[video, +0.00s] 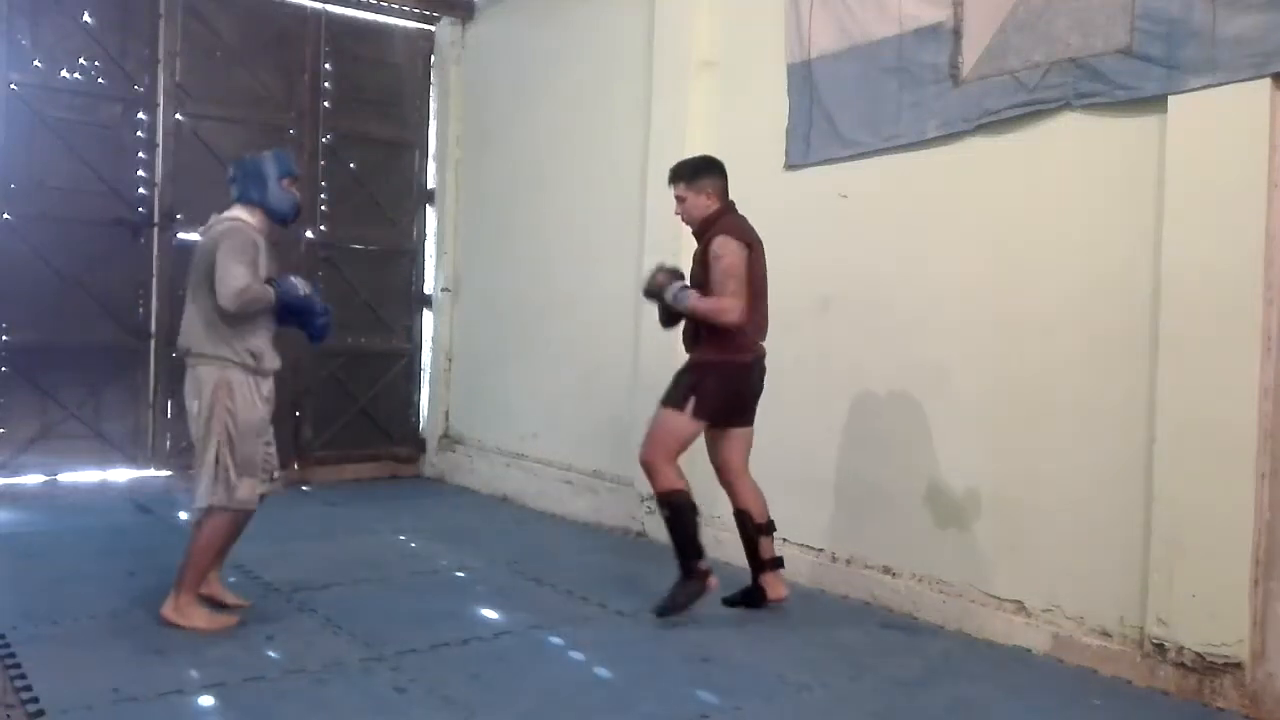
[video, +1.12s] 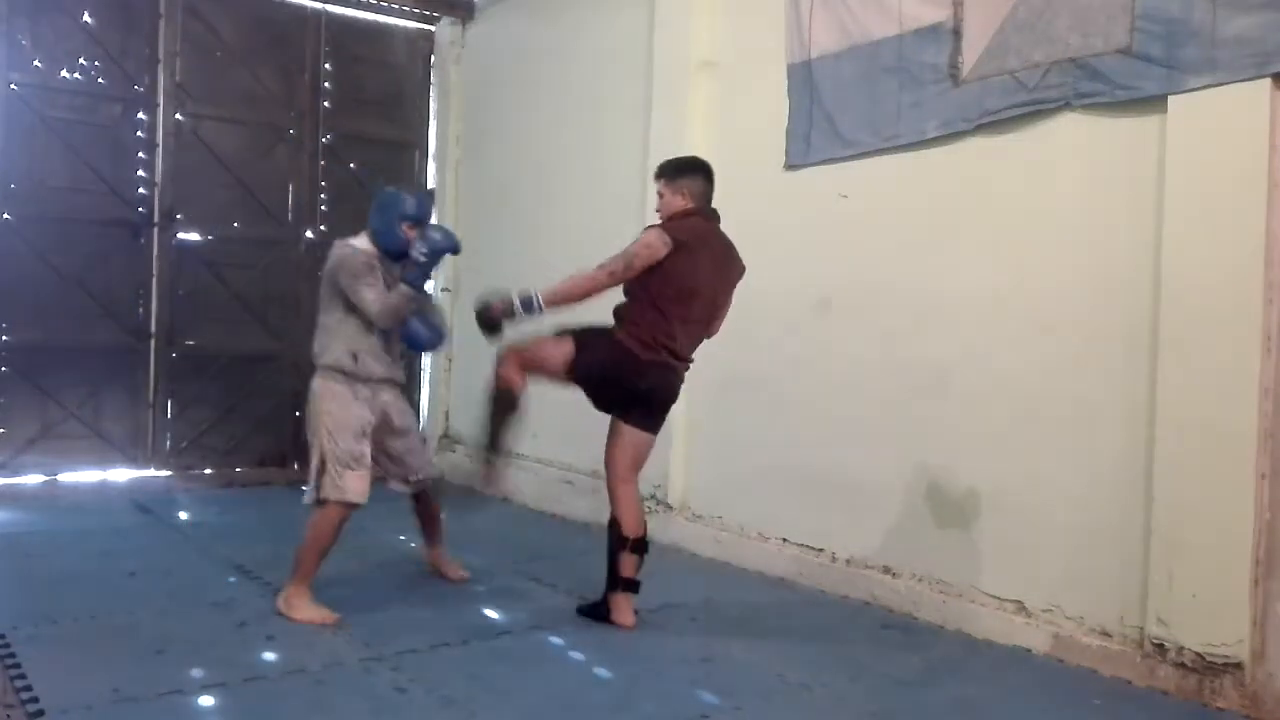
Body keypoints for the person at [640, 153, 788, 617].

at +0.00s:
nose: (677, 210)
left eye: (682, 200)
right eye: (676, 201)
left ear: (709, 196)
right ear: (710, 197)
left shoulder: (724, 240)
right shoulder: (736, 232)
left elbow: (731, 311)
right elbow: (731, 302)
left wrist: (679, 295)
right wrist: (685, 301)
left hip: (713, 368)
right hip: (743, 368)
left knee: (657, 457)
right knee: (733, 471)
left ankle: (694, 571)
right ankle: (769, 579)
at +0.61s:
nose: (643, 203)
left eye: (648, 193)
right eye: (643, 193)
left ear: (675, 194)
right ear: (682, 196)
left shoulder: (675, 240)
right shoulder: (709, 238)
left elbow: (652, 315)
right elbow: (693, 309)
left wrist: (620, 289)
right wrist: (639, 303)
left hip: (662, 380)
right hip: (698, 379)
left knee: (635, 483)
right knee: (697, 478)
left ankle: (661, 603)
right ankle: (754, 575)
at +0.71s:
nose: (635, 186)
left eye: (640, 177)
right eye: (636, 177)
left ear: (663, 178)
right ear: (678, 179)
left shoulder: (660, 220)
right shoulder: (709, 227)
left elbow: (644, 296)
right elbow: (716, 308)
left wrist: (608, 269)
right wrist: (644, 299)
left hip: (656, 362)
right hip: (693, 360)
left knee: (648, 478)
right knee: (669, 469)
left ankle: (658, 598)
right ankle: (709, 570)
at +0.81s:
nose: (632, 187)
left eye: (636, 178)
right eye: (632, 178)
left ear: (658, 178)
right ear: (675, 179)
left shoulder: (654, 217)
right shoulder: (708, 227)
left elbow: (606, 287)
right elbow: (719, 306)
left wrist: (582, 249)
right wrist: (665, 282)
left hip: (652, 360)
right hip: (688, 359)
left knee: (650, 480)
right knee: (646, 476)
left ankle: (671, 596)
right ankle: (643, 588)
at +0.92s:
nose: (635, 203)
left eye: (641, 195)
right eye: (636, 194)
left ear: (663, 196)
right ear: (678, 198)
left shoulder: (647, 243)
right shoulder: (709, 250)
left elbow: (577, 283)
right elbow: (718, 322)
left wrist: (545, 240)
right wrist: (668, 294)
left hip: (641, 381)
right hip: (676, 383)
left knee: (618, 488)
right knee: (622, 486)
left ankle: (668, 595)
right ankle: (619, 600)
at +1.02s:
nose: (647, 206)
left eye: (651, 198)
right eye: (648, 198)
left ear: (672, 198)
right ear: (692, 199)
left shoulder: (661, 239)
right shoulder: (719, 254)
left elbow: (593, 272)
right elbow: (714, 328)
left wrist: (519, 260)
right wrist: (665, 300)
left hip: (630, 372)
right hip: (671, 383)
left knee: (542, 434)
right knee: (624, 477)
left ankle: (589, 535)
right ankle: (623, 601)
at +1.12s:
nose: (658, 204)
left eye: (662, 196)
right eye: (659, 195)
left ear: (684, 195)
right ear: (702, 197)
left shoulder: (667, 234)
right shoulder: (730, 257)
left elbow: (604, 277)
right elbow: (710, 328)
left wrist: (522, 303)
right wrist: (651, 315)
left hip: (620, 354)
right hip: (664, 379)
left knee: (515, 358)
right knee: (624, 477)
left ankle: (491, 466)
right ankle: (621, 602)